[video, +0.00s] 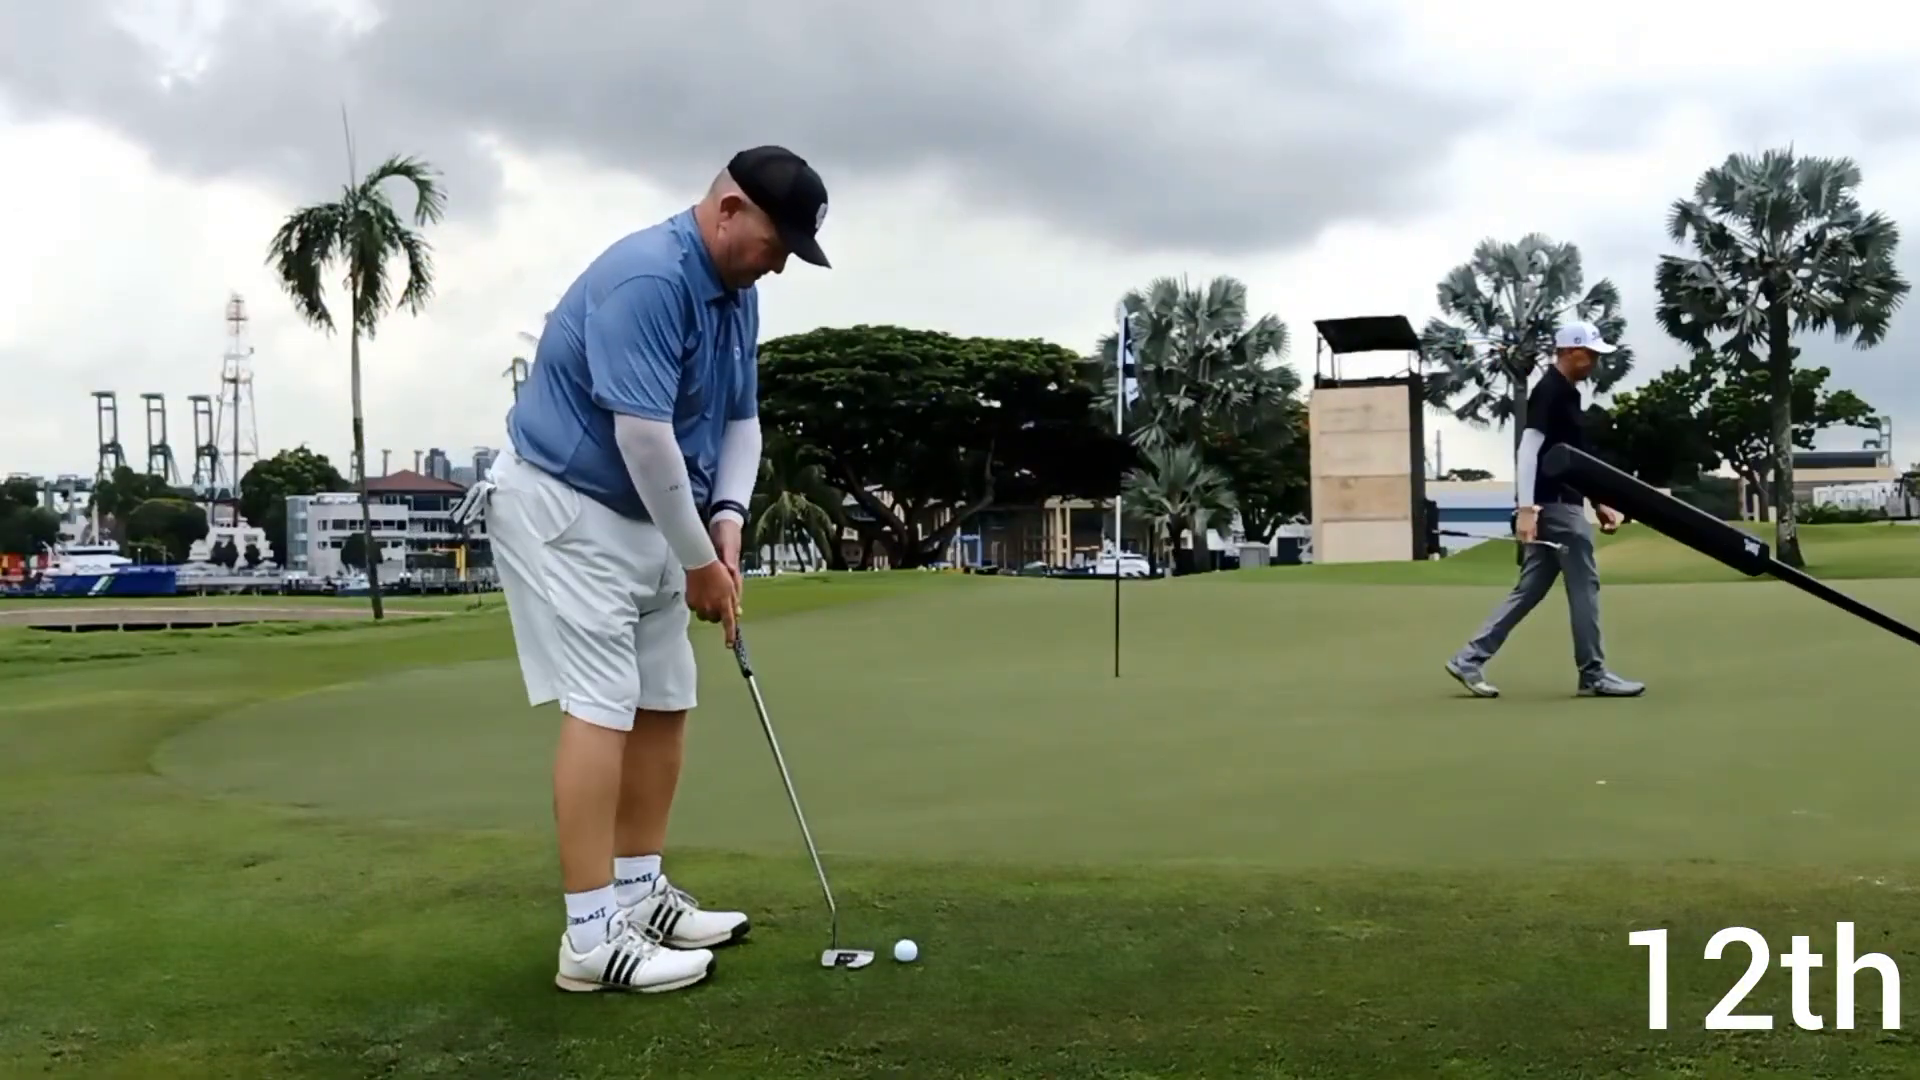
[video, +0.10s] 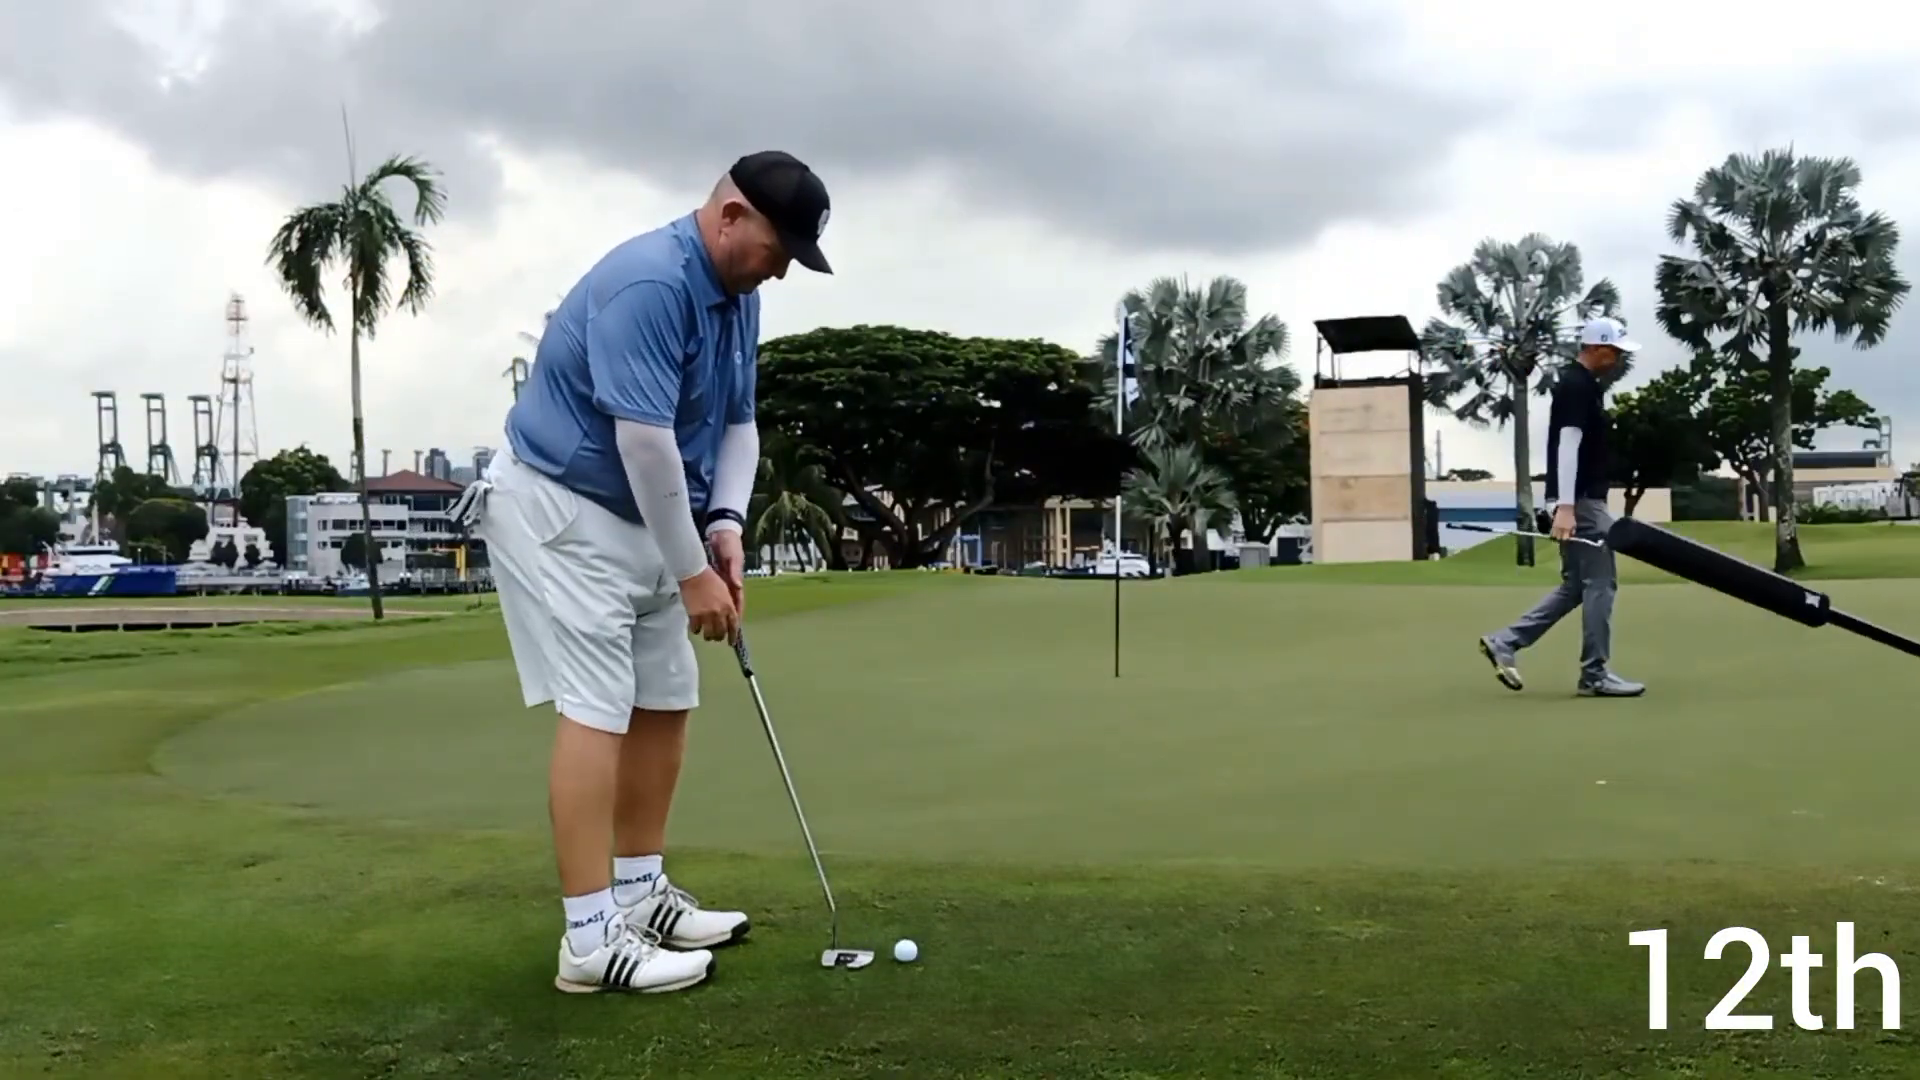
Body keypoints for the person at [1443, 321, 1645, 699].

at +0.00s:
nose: (1593, 363)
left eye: (1595, 356)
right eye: (1588, 355)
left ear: (1579, 356)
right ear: (1568, 352)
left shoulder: (1568, 391)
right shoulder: (1550, 388)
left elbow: (1575, 454)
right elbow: (1529, 448)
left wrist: (1599, 502)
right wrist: (1527, 508)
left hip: (1556, 507)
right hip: (1560, 507)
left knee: (1530, 590)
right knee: (1585, 586)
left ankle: (1468, 660)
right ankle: (1592, 673)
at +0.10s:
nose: (1617, 360)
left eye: (1618, 353)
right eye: (1614, 353)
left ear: (1595, 350)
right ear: (1596, 350)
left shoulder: (1581, 383)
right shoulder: (1578, 385)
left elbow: (1575, 449)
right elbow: (1568, 447)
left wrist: (1590, 507)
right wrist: (1565, 506)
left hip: (1579, 502)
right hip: (1584, 504)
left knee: (1575, 586)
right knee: (1600, 585)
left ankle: (1505, 642)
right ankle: (1595, 672)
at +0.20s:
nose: (1640, 357)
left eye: (1642, 351)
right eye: (1636, 349)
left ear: (1615, 347)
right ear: (1617, 345)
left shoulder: (1596, 378)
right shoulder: (1601, 381)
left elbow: (1594, 443)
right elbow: (1595, 442)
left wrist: (1617, 499)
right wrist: (1606, 501)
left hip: (1606, 496)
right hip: (1601, 498)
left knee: (1626, 576)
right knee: (1606, 582)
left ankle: (1556, 638)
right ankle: (1595, 670)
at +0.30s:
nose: (1659, 356)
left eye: (1660, 349)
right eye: (1657, 348)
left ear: (1633, 343)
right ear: (1638, 342)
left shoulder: (1604, 377)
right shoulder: (1624, 379)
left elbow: (1583, 438)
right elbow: (1623, 438)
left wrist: (1573, 489)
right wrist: (1649, 492)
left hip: (1623, 496)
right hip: (1621, 497)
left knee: (1658, 569)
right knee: (1614, 583)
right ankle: (1597, 670)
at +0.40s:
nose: (1679, 359)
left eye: (1681, 352)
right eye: (1677, 351)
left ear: (1650, 346)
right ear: (1656, 344)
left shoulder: (1616, 379)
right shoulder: (1647, 380)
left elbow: (1595, 440)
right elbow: (1654, 438)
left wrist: (1576, 492)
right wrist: (1688, 490)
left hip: (1641, 502)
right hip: (1642, 503)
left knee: (1676, 576)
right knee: (1623, 588)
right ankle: (1597, 670)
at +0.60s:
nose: (1722, 361)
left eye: (1723, 355)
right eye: (1719, 354)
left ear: (1693, 349)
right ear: (1703, 348)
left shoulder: (1660, 389)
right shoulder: (1694, 384)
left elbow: (1641, 452)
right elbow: (1704, 441)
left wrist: (1621, 505)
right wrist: (1739, 489)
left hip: (1682, 507)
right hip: (1692, 508)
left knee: (1717, 587)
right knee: (1665, 586)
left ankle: (1739, 668)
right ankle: (1611, 659)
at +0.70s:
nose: (1741, 357)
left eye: (1741, 351)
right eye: (1738, 350)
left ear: (1712, 346)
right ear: (1723, 345)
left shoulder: (1685, 384)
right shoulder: (1715, 380)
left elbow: (1672, 451)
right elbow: (1724, 439)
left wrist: (1664, 507)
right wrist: (1753, 491)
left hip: (1701, 498)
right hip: (1720, 498)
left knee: (1730, 583)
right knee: (1720, 582)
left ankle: (1740, 669)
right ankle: (1644, 644)